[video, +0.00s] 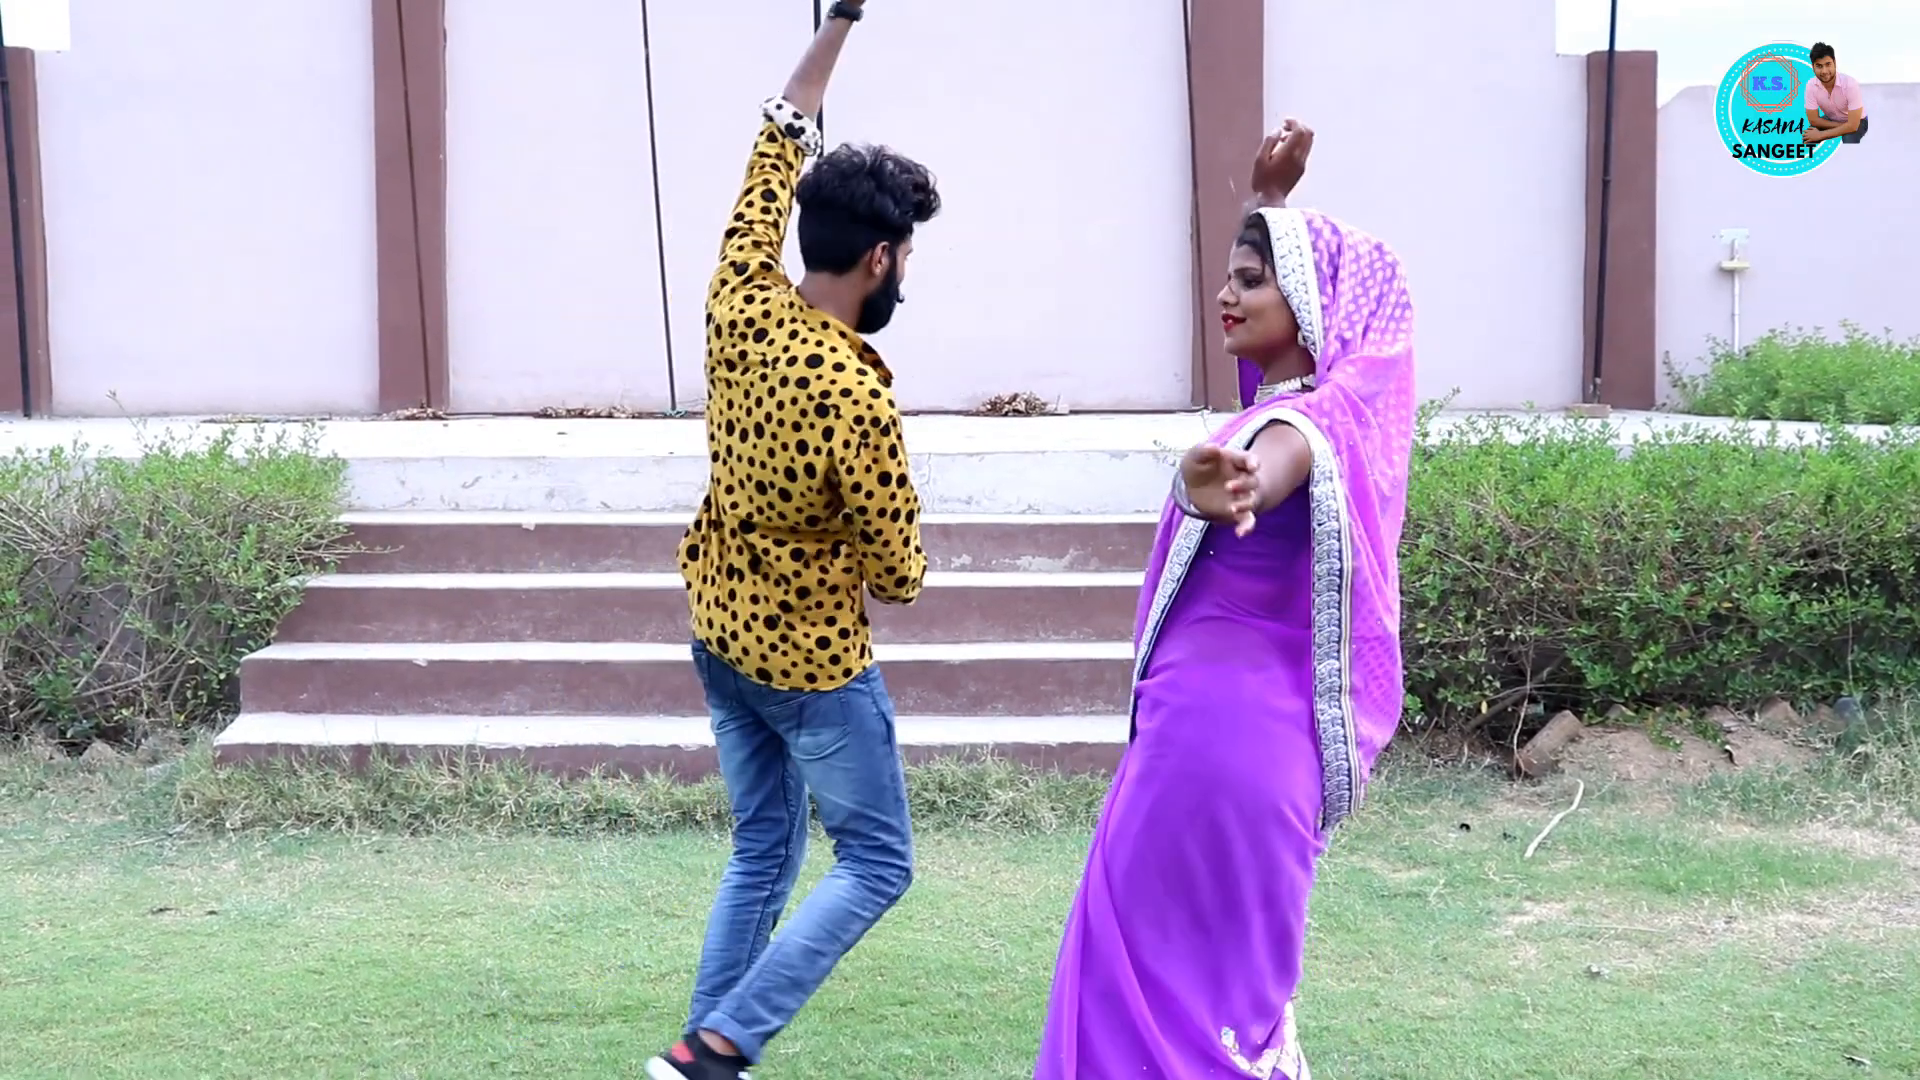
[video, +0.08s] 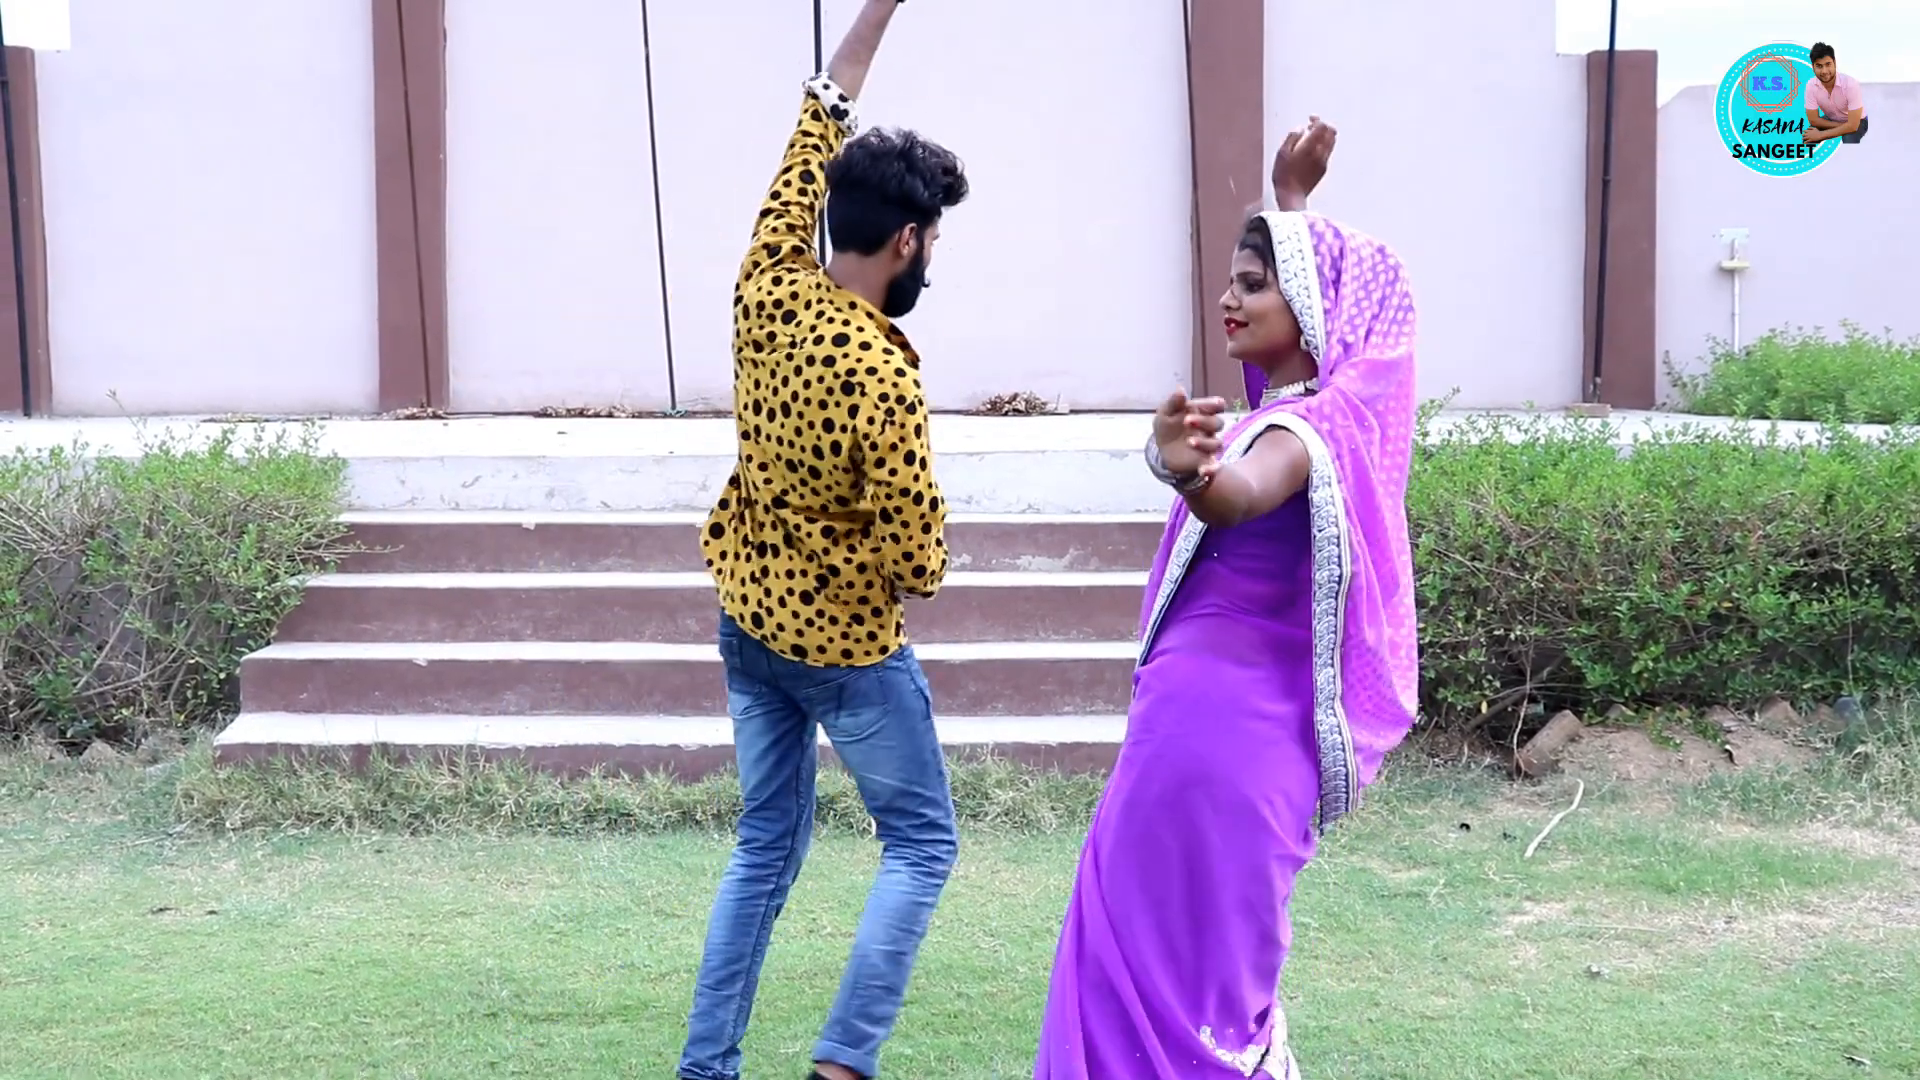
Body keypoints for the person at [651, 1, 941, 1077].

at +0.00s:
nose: (912, 259)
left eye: (909, 241)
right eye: (909, 244)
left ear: (813, 236)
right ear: (879, 256)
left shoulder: (742, 301)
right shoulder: (857, 396)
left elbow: (775, 161)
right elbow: (896, 573)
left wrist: (832, 34)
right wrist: (874, 559)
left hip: (716, 622)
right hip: (809, 651)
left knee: (763, 846)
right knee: (876, 864)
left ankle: (703, 1052)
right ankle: (723, 1044)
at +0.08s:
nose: (934, 247)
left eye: (933, 228)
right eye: (933, 229)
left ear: (840, 213)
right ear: (906, 237)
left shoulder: (769, 280)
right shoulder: (882, 370)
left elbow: (819, 127)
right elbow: (918, 557)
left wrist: (880, 8)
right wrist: (919, 566)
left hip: (747, 615)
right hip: (842, 639)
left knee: (764, 845)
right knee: (920, 842)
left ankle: (707, 1061)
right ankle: (847, 1056)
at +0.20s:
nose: (974, 237)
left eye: (972, 217)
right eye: (974, 221)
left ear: (876, 201)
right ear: (950, 228)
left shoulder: (811, 269)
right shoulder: (924, 352)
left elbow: (877, 115)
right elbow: (938, 508)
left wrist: (940, 7)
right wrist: (958, 587)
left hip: (806, 608)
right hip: (904, 625)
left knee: (798, 847)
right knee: (970, 850)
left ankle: (716, 1060)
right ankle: (996, 1066)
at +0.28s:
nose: (996, 249)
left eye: (993, 229)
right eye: (999, 232)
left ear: (903, 215)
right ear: (976, 234)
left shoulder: (838, 295)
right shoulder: (957, 356)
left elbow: (899, 143)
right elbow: (962, 513)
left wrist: (979, 23)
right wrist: (1001, 588)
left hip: (852, 632)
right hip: (953, 647)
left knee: (850, 853)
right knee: (1014, 863)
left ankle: (730, 1052)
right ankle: (996, 1069)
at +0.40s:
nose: (1032, 268)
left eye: (1029, 250)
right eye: (1034, 252)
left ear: (937, 237)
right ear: (1015, 254)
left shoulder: (875, 314)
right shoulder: (1006, 367)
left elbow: (931, 159)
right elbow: (1035, 523)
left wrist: (1003, 40)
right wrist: (1062, 591)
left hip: (906, 640)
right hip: (1008, 655)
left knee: (937, 838)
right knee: (1055, 865)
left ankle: (810, 1009)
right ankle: (1011, 1066)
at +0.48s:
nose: (1046, 261)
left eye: (1036, 244)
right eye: (1049, 247)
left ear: (954, 236)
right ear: (1039, 247)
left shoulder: (898, 308)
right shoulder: (1039, 358)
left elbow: (938, 152)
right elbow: (1088, 529)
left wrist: (1013, 36)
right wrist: (1084, 555)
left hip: (927, 619)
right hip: (1027, 635)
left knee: (969, 821)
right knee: (1052, 862)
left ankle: (892, 1009)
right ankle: (1011, 1065)